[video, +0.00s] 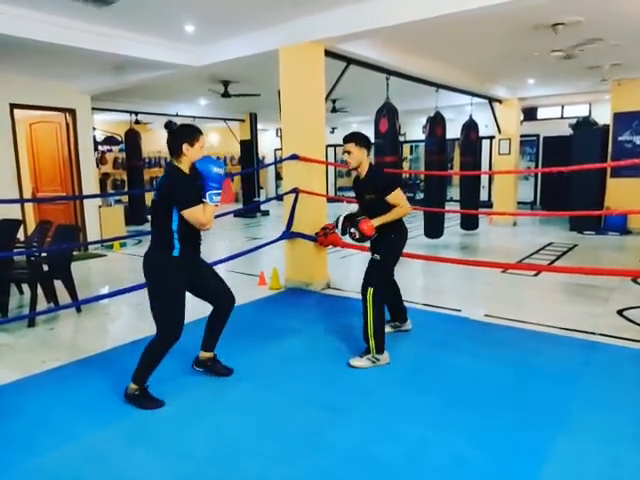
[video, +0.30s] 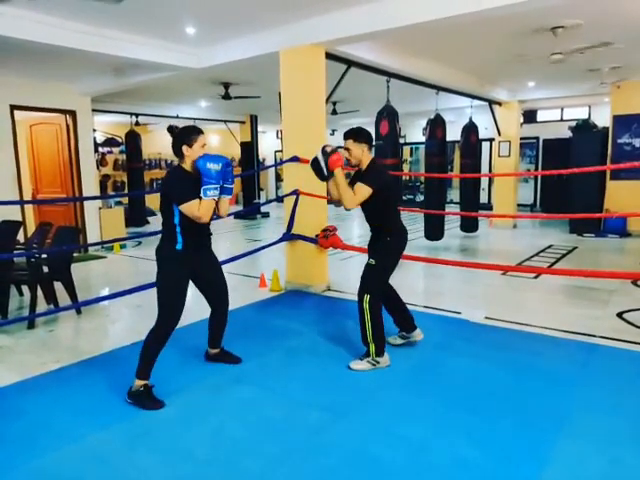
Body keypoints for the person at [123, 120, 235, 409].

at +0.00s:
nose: (204, 151)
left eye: (203, 146)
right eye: (200, 146)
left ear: (183, 149)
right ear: (186, 148)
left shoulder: (189, 177)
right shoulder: (175, 180)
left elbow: (203, 216)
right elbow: (205, 221)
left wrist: (205, 214)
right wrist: (212, 191)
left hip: (187, 260)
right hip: (164, 263)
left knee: (225, 301)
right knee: (170, 331)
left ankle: (206, 357)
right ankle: (136, 387)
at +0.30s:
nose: (206, 151)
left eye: (206, 146)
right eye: (202, 146)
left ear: (193, 149)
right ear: (186, 149)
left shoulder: (201, 176)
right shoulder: (174, 180)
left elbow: (223, 210)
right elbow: (202, 215)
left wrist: (227, 179)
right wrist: (213, 182)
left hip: (200, 253)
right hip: (174, 257)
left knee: (220, 301)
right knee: (167, 320)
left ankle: (214, 349)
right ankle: (139, 385)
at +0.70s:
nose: (210, 154)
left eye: (210, 149)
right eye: (205, 150)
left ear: (197, 153)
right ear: (189, 154)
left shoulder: (213, 176)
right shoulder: (177, 184)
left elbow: (249, 188)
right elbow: (186, 220)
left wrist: (262, 173)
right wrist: (199, 190)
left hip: (214, 251)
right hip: (184, 255)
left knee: (247, 292)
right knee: (181, 313)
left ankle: (255, 334)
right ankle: (157, 359)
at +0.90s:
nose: (235, 151)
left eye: (235, 145)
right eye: (228, 147)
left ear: (237, 147)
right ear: (212, 152)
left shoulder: (241, 174)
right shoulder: (202, 178)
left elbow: (269, 188)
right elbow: (215, 212)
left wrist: (278, 172)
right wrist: (227, 183)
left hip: (235, 247)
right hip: (207, 250)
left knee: (256, 295)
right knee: (192, 304)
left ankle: (264, 335)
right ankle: (166, 353)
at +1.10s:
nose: (241, 154)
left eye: (240, 150)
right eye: (237, 151)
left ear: (225, 154)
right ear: (223, 154)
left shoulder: (233, 175)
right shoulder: (224, 179)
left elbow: (248, 204)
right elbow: (251, 208)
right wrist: (256, 180)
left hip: (237, 247)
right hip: (218, 249)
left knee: (261, 290)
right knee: (220, 305)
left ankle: (264, 336)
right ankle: (188, 339)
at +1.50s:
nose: (243, 159)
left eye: (242, 155)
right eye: (238, 155)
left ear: (237, 159)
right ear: (224, 159)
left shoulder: (246, 180)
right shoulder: (210, 188)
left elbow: (276, 192)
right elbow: (227, 220)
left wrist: (285, 171)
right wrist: (237, 190)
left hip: (243, 250)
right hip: (217, 254)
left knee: (277, 290)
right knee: (214, 308)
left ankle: (272, 333)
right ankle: (186, 343)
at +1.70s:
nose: (258, 149)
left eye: (257, 144)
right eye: (253, 146)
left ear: (251, 150)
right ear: (239, 151)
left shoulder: (259, 176)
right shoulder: (232, 175)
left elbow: (277, 204)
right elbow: (250, 192)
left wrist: (291, 187)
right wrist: (265, 167)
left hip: (256, 242)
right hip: (231, 243)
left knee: (273, 289)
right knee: (215, 292)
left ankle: (278, 334)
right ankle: (191, 338)